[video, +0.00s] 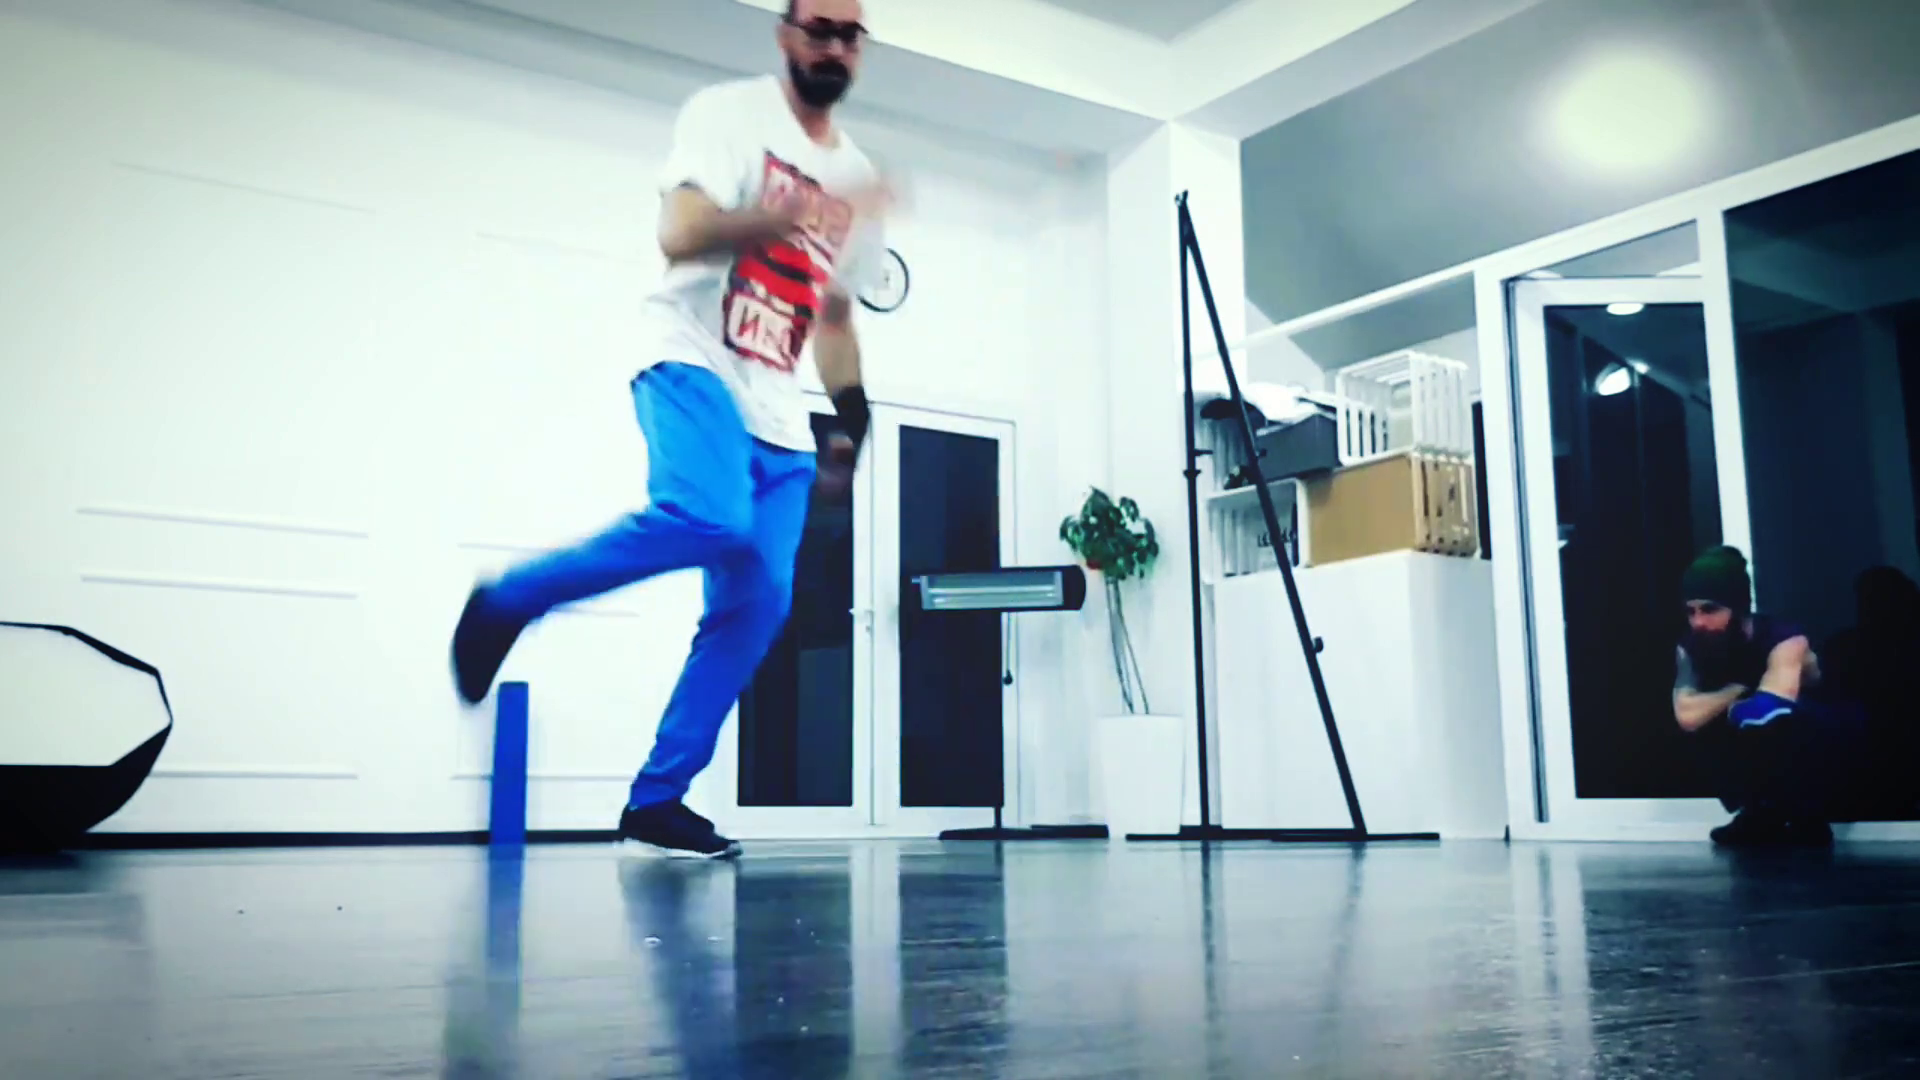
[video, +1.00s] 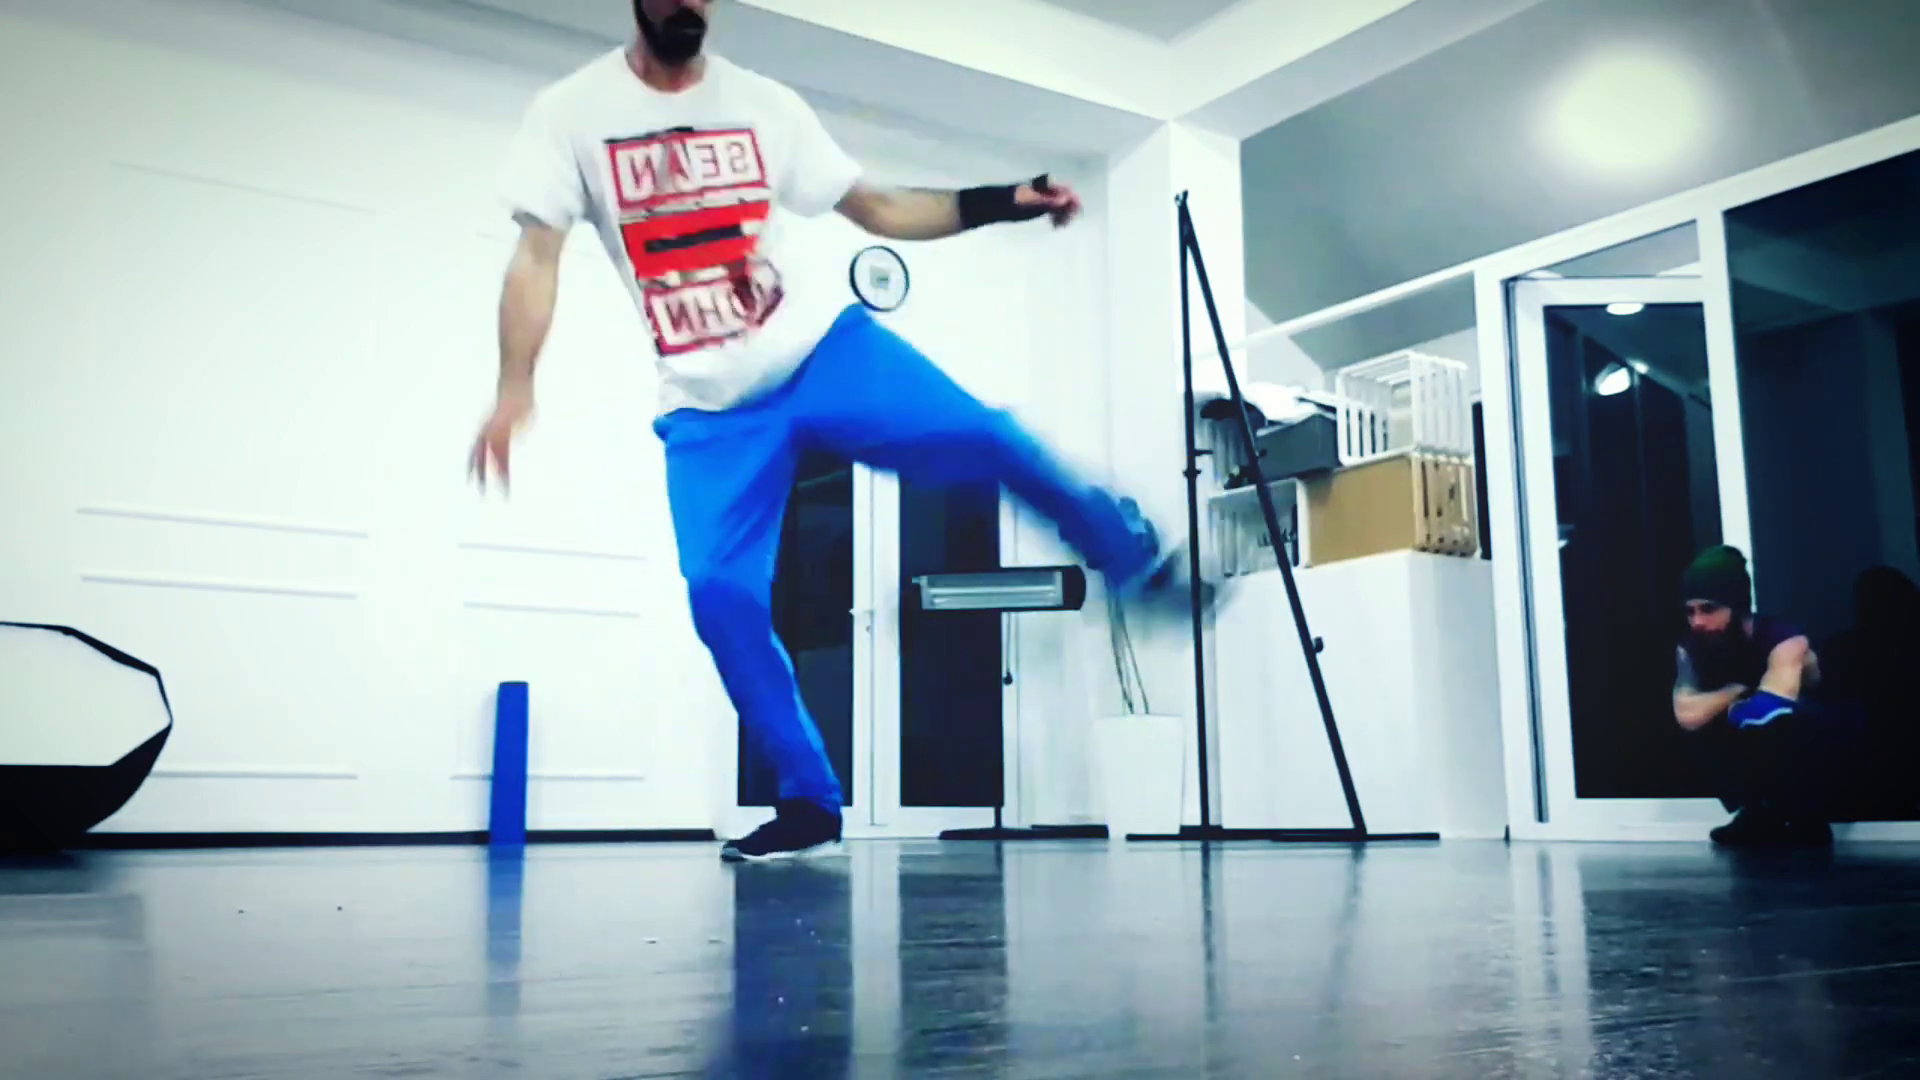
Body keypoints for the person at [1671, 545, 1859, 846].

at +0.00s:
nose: (1698, 622)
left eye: (1709, 610)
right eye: (1691, 612)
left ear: (1737, 607)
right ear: (1685, 611)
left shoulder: (1782, 639)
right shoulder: (1690, 651)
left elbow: (1775, 703)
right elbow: (1687, 716)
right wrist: (1738, 689)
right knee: (1710, 727)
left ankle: (1804, 820)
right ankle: (1756, 813)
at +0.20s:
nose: (1697, 622)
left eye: (1707, 610)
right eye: (1690, 612)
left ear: (1736, 606)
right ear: (1684, 611)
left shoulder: (1781, 639)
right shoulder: (1691, 651)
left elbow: (1776, 700)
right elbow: (1687, 715)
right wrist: (1737, 690)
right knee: (1709, 728)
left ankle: (1805, 820)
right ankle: (1755, 813)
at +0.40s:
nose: (1697, 623)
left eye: (1708, 610)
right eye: (1690, 612)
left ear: (1736, 606)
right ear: (1684, 611)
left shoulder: (1783, 640)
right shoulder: (1690, 651)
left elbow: (1774, 705)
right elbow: (1687, 715)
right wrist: (1736, 690)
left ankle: (1803, 820)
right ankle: (1755, 813)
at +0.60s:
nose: (1697, 623)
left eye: (1708, 610)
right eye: (1690, 612)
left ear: (1735, 605)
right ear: (1684, 610)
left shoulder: (1782, 638)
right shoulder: (1691, 650)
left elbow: (1774, 706)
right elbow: (1688, 715)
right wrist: (1738, 691)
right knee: (1705, 726)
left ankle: (1804, 820)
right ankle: (1756, 814)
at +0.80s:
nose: (1697, 623)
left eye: (1708, 610)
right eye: (1690, 612)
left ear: (1736, 605)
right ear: (1684, 611)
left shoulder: (1784, 640)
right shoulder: (1691, 652)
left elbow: (1773, 706)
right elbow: (1687, 715)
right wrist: (1733, 692)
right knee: (1708, 727)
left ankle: (1804, 820)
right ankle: (1755, 813)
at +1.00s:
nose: (1697, 622)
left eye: (1708, 610)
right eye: (1691, 612)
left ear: (1736, 605)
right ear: (1685, 611)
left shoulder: (1782, 638)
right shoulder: (1691, 651)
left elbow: (1773, 705)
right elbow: (1688, 715)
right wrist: (1737, 691)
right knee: (1704, 726)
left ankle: (1802, 819)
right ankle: (1755, 814)